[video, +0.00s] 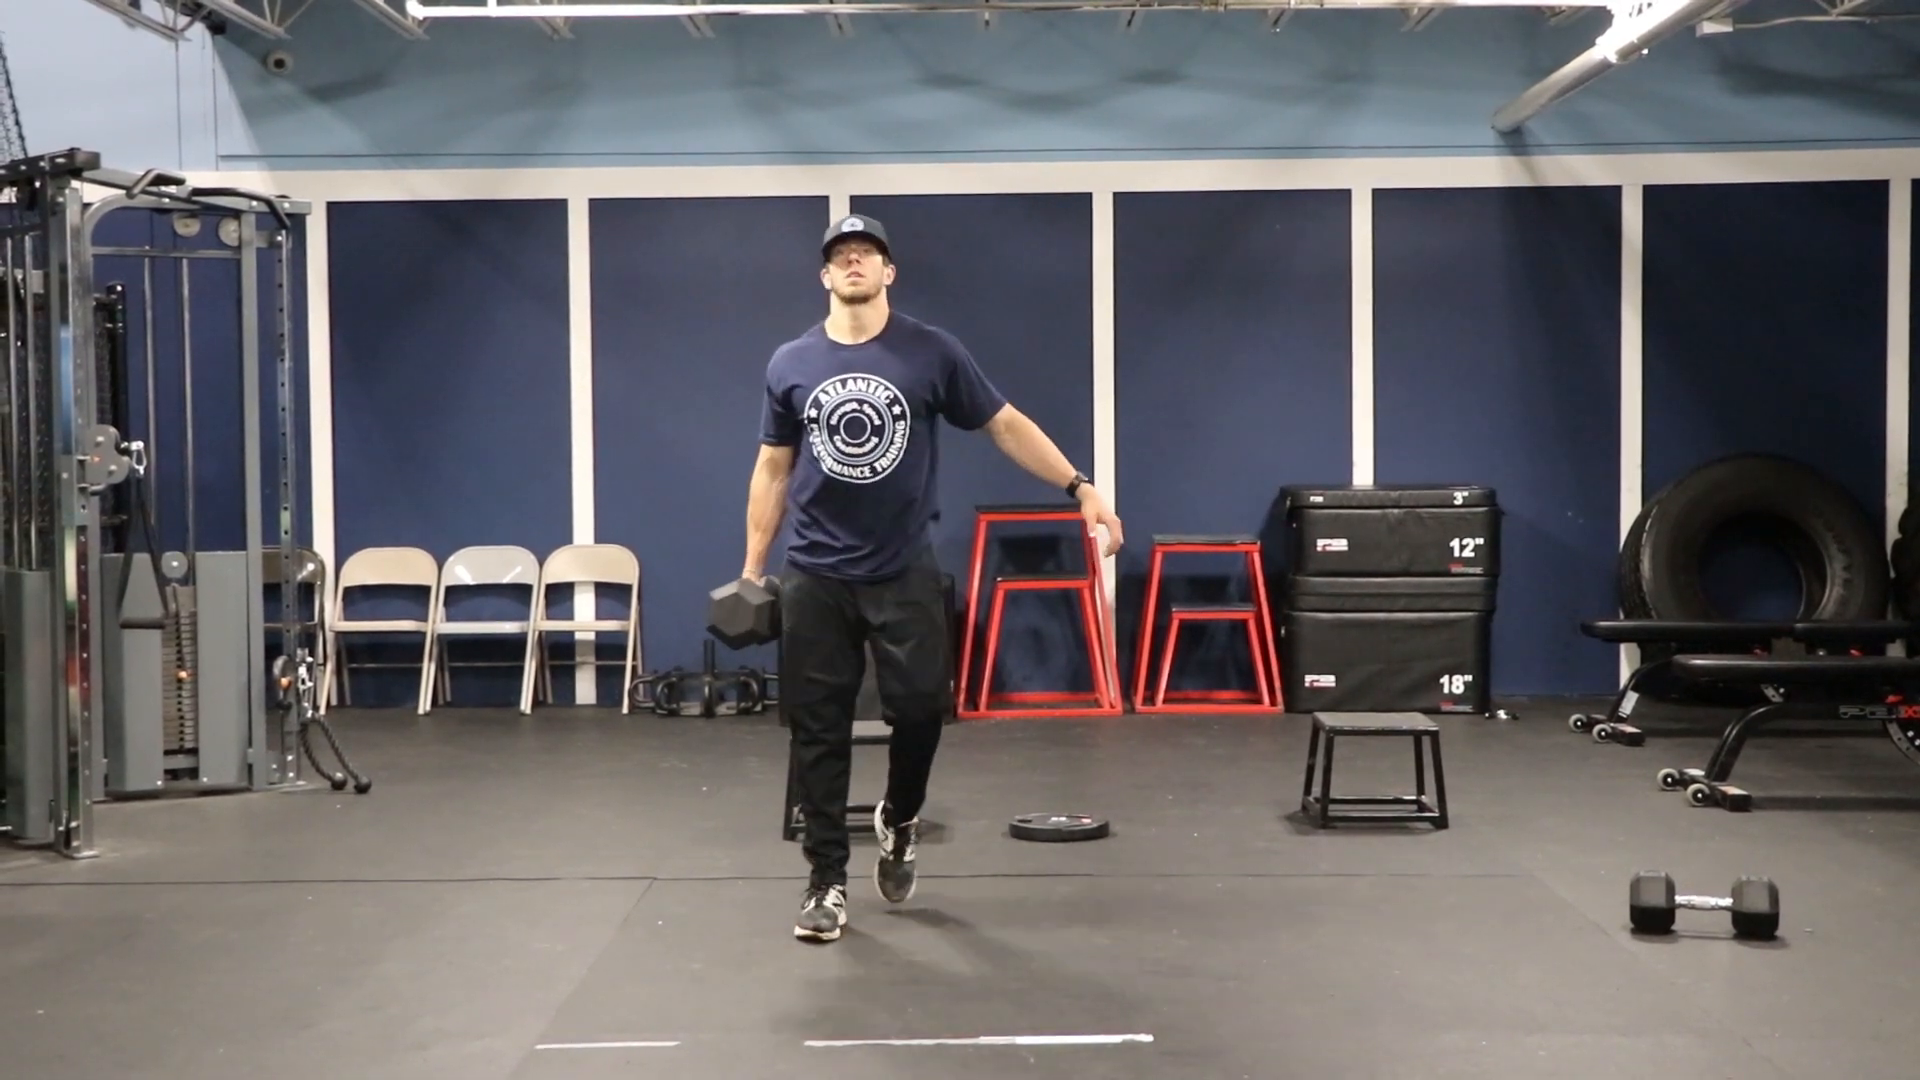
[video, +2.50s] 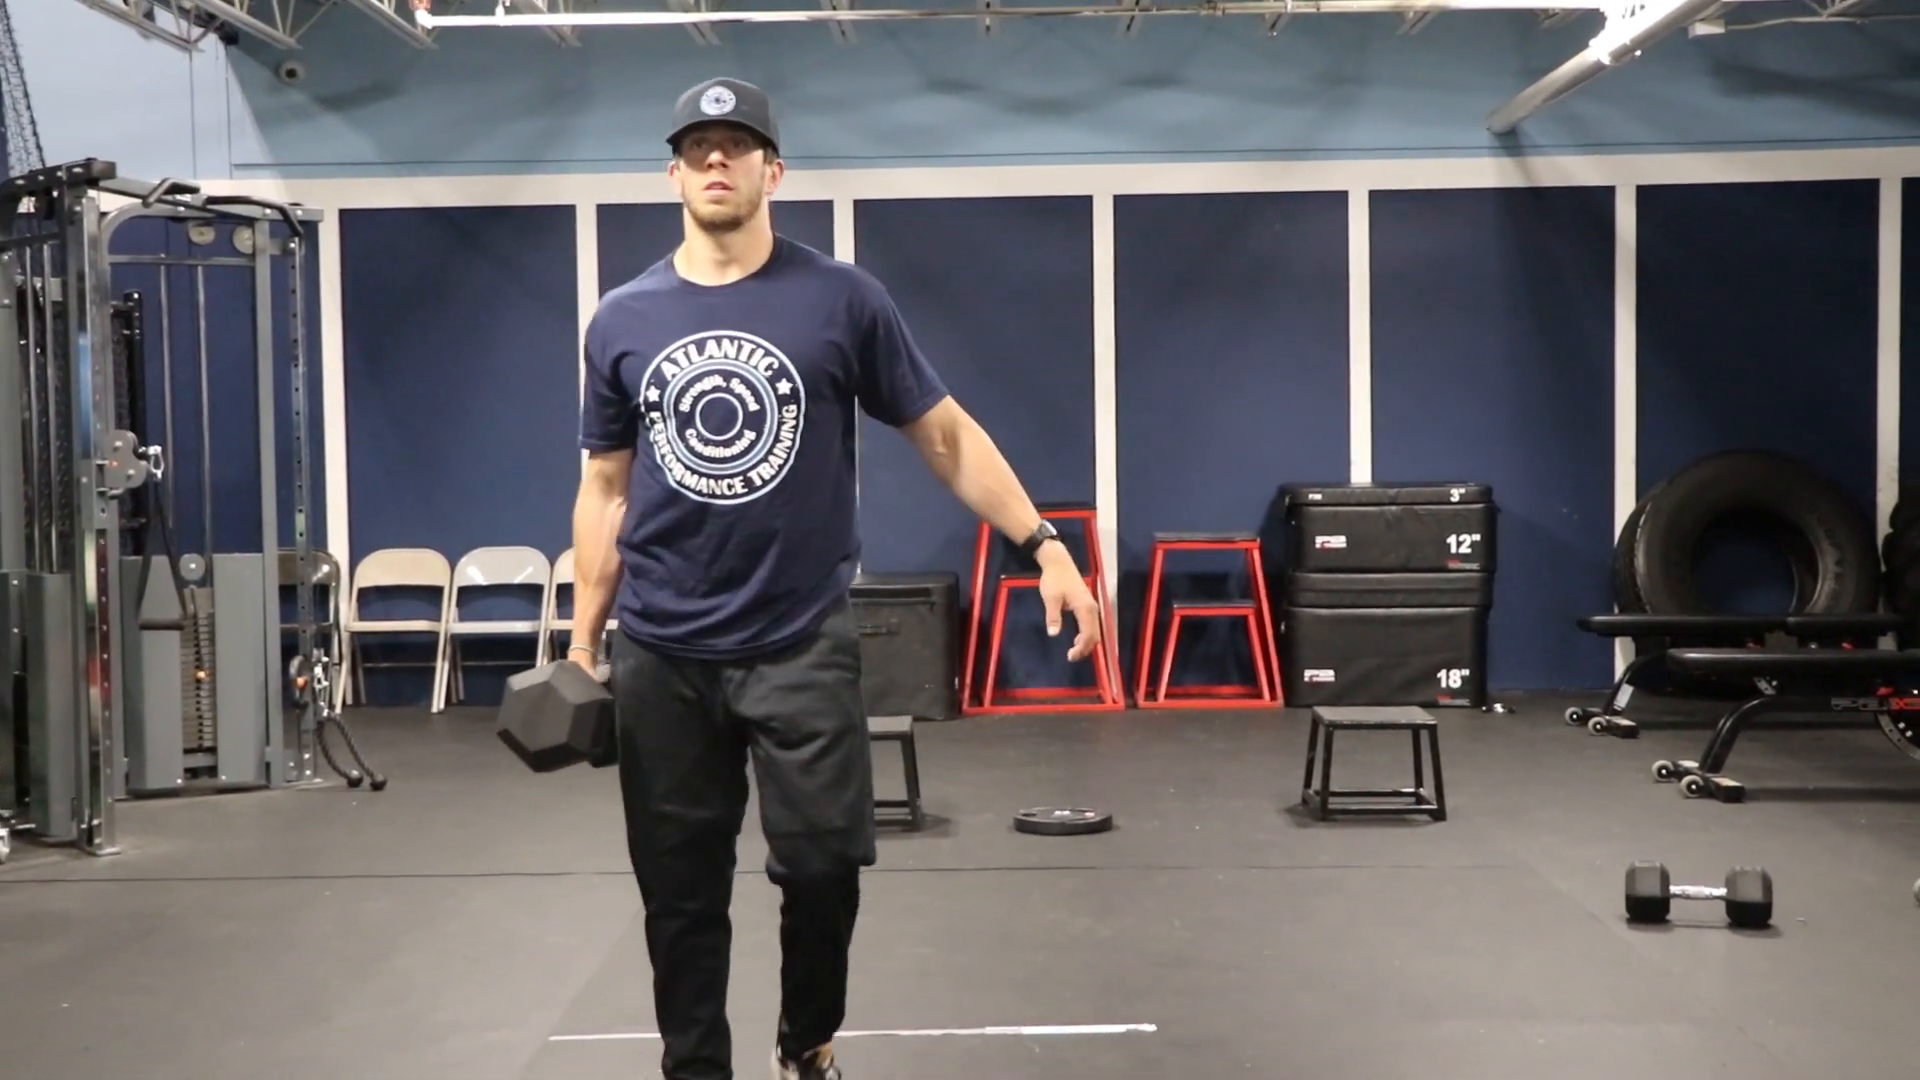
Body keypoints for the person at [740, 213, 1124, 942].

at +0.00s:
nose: (854, 266)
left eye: (866, 256)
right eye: (841, 258)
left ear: (889, 274)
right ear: (824, 277)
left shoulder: (933, 353)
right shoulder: (790, 365)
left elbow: (1006, 424)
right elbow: (772, 471)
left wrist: (1081, 487)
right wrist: (754, 570)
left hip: (904, 567)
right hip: (813, 568)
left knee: (922, 710)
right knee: (817, 723)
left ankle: (898, 824)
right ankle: (825, 881)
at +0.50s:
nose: (871, 258)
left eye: (886, 248)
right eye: (859, 247)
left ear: (907, 265)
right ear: (838, 263)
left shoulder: (948, 356)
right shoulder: (797, 358)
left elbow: (1017, 444)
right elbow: (770, 468)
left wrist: (1089, 524)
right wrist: (740, 574)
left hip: (903, 581)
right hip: (809, 583)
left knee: (894, 749)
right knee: (802, 741)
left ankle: (875, 924)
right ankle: (815, 870)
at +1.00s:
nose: (845, 249)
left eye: (860, 236)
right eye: (831, 237)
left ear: (887, 250)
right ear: (811, 252)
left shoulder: (934, 353)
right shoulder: (772, 357)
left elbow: (1010, 437)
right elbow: (746, 476)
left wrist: (1077, 491)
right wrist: (722, 588)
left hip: (893, 601)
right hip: (791, 600)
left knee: (887, 778)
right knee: (790, 784)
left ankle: (874, 918)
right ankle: (784, 971)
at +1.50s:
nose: (804, 225)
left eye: (820, 211)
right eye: (788, 212)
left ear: (848, 227)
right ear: (767, 228)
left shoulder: (903, 335)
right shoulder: (723, 344)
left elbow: (984, 443)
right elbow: (699, 478)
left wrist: (1071, 533)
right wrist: (669, 608)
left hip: (857, 605)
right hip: (747, 611)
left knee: (853, 800)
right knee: (765, 805)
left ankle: (847, 1011)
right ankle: (777, 978)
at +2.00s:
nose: (806, 197)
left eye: (825, 183)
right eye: (790, 184)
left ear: (859, 199)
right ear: (769, 201)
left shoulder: (914, 324)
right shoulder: (716, 325)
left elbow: (1012, 433)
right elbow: (684, 470)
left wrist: (1097, 510)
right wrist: (646, 613)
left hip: (843, 624)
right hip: (720, 618)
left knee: (834, 841)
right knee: (706, 832)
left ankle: (813, 1041)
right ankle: (701, 1055)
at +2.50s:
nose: (715, 164)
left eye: (735, 149)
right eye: (698, 150)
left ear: (772, 171)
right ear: (674, 173)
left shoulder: (842, 299)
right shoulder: (620, 320)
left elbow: (948, 436)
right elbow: (602, 488)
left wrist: (1048, 548)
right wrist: (583, 651)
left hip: (800, 638)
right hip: (660, 643)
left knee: (824, 864)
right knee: (679, 891)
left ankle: (807, 1053)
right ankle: (693, 1073)